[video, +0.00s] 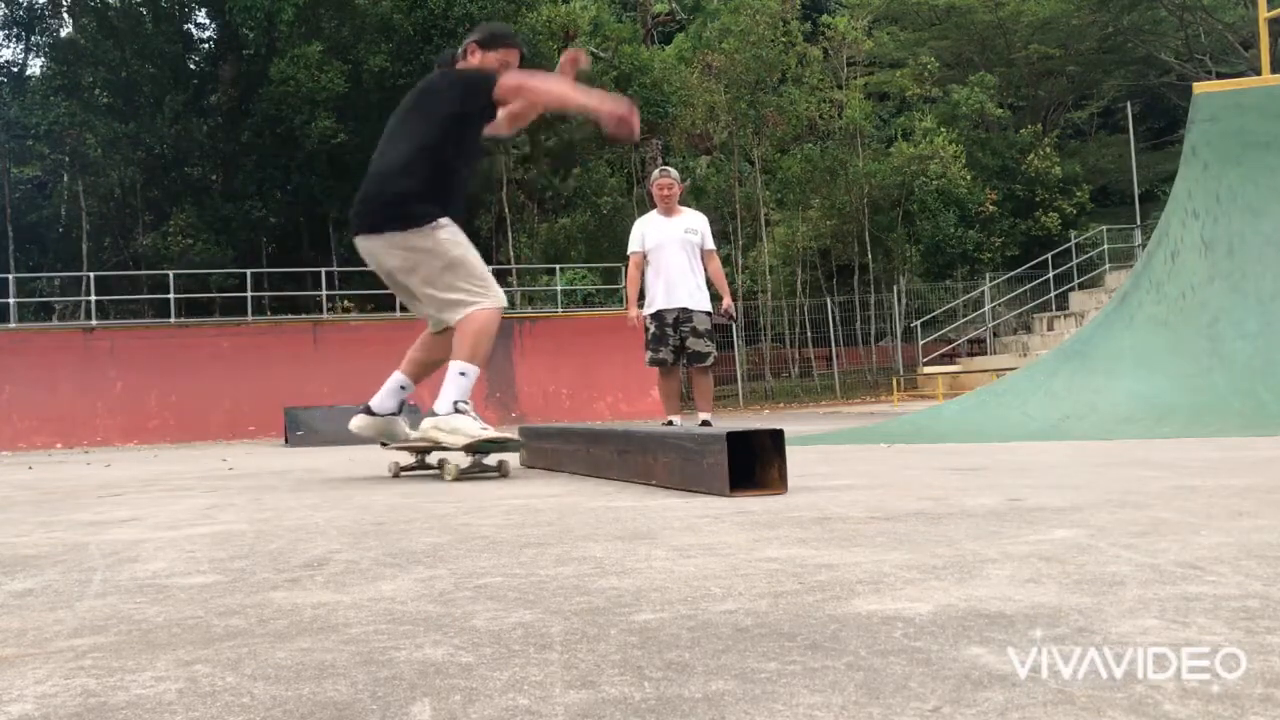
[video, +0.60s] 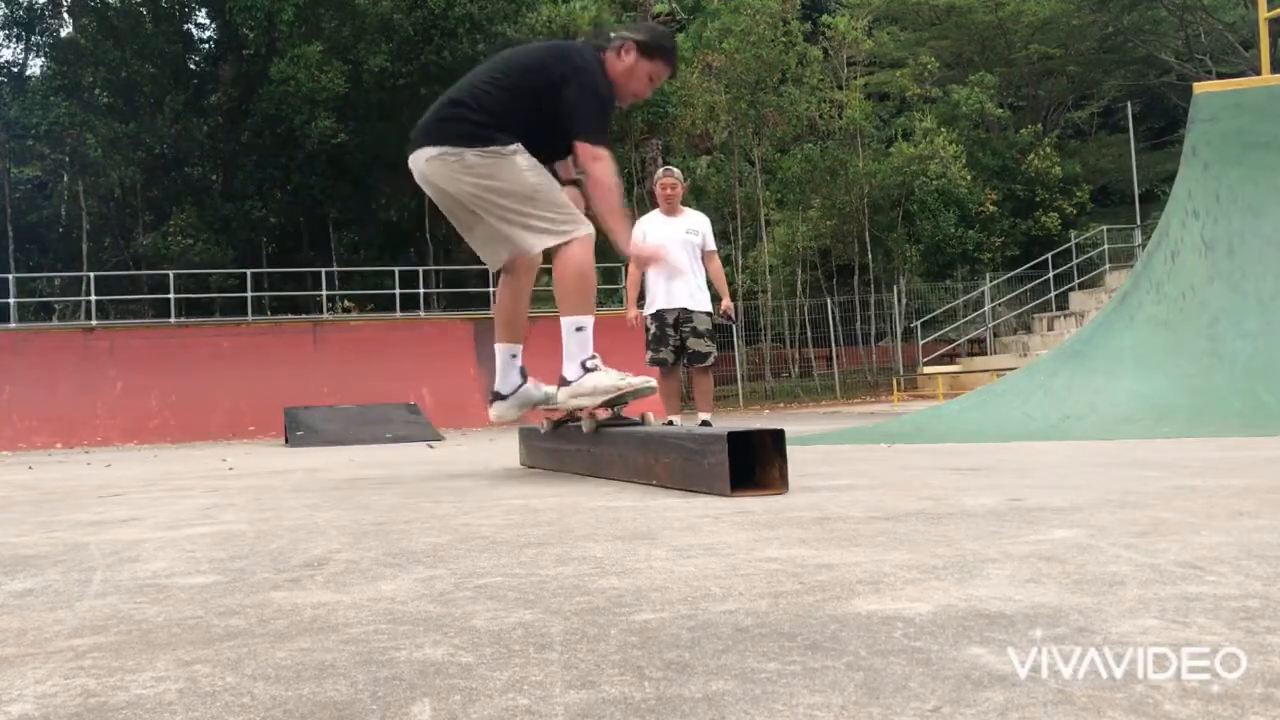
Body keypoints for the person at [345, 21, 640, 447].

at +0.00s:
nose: (508, 77)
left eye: (512, 69)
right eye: (502, 66)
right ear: (472, 54)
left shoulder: (449, 101)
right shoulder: (455, 82)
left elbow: (505, 121)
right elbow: (522, 86)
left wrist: (557, 84)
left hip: (374, 226)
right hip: (409, 217)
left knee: (451, 324)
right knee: (485, 303)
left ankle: (382, 409)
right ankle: (451, 409)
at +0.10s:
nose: (518, 51)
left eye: (525, 44)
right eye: (515, 39)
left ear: (521, 46)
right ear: (490, 26)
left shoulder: (485, 82)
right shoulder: (461, 41)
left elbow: (538, 76)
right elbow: (496, 4)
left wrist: (584, 42)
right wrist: (582, 9)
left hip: (393, 196)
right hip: (433, 182)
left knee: (450, 311)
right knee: (510, 266)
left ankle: (386, 413)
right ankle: (477, 381)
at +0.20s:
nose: (543, 36)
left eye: (549, 28)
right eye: (545, 21)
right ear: (523, 3)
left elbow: (571, 52)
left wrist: (614, 12)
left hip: (421, 169)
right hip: (443, 142)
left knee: (433, 286)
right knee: (556, 170)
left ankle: (384, 401)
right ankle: (502, 284)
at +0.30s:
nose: (574, 37)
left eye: (581, 31)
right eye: (576, 23)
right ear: (554, 4)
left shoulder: (535, 57)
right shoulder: (511, 9)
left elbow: (591, 54)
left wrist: (642, 31)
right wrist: (645, 12)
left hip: (413, 150)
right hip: (445, 122)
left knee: (478, 246)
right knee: (565, 157)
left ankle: (431, 368)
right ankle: (535, 285)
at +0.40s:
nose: (604, 47)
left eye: (608, 41)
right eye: (604, 34)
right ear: (584, 17)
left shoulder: (537, 52)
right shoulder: (547, 15)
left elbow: (581, 77)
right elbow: (618, 17)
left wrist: (639, 85)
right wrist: (691, 28)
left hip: (423, 146)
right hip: (463, 138)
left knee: (506, 247)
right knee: (555, 231)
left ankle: (494, 378)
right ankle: (566, 366)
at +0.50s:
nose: (630, 76)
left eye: (637, 69)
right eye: (632, 62)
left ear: (601, 37)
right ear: (608, 38)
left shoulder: (558, 56)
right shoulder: (578, 58)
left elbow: (577, 117)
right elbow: (626, 124)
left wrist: (602, 153)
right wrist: (703, 169)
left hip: (432, 160)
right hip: (468, 151)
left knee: (529, 260)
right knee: (569, 234)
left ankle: (514, 387)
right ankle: (581, 367)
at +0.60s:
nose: (648, 93)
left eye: (655, 86)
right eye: (650, 79)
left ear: (622, 54)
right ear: (626, 53)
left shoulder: (565, 65)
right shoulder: (587, 72)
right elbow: (594, 162)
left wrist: (566, 181)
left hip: (432, 151)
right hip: (471, 148)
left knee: (520, 258)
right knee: (575, 234)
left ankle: (509, 389)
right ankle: (581, 371)